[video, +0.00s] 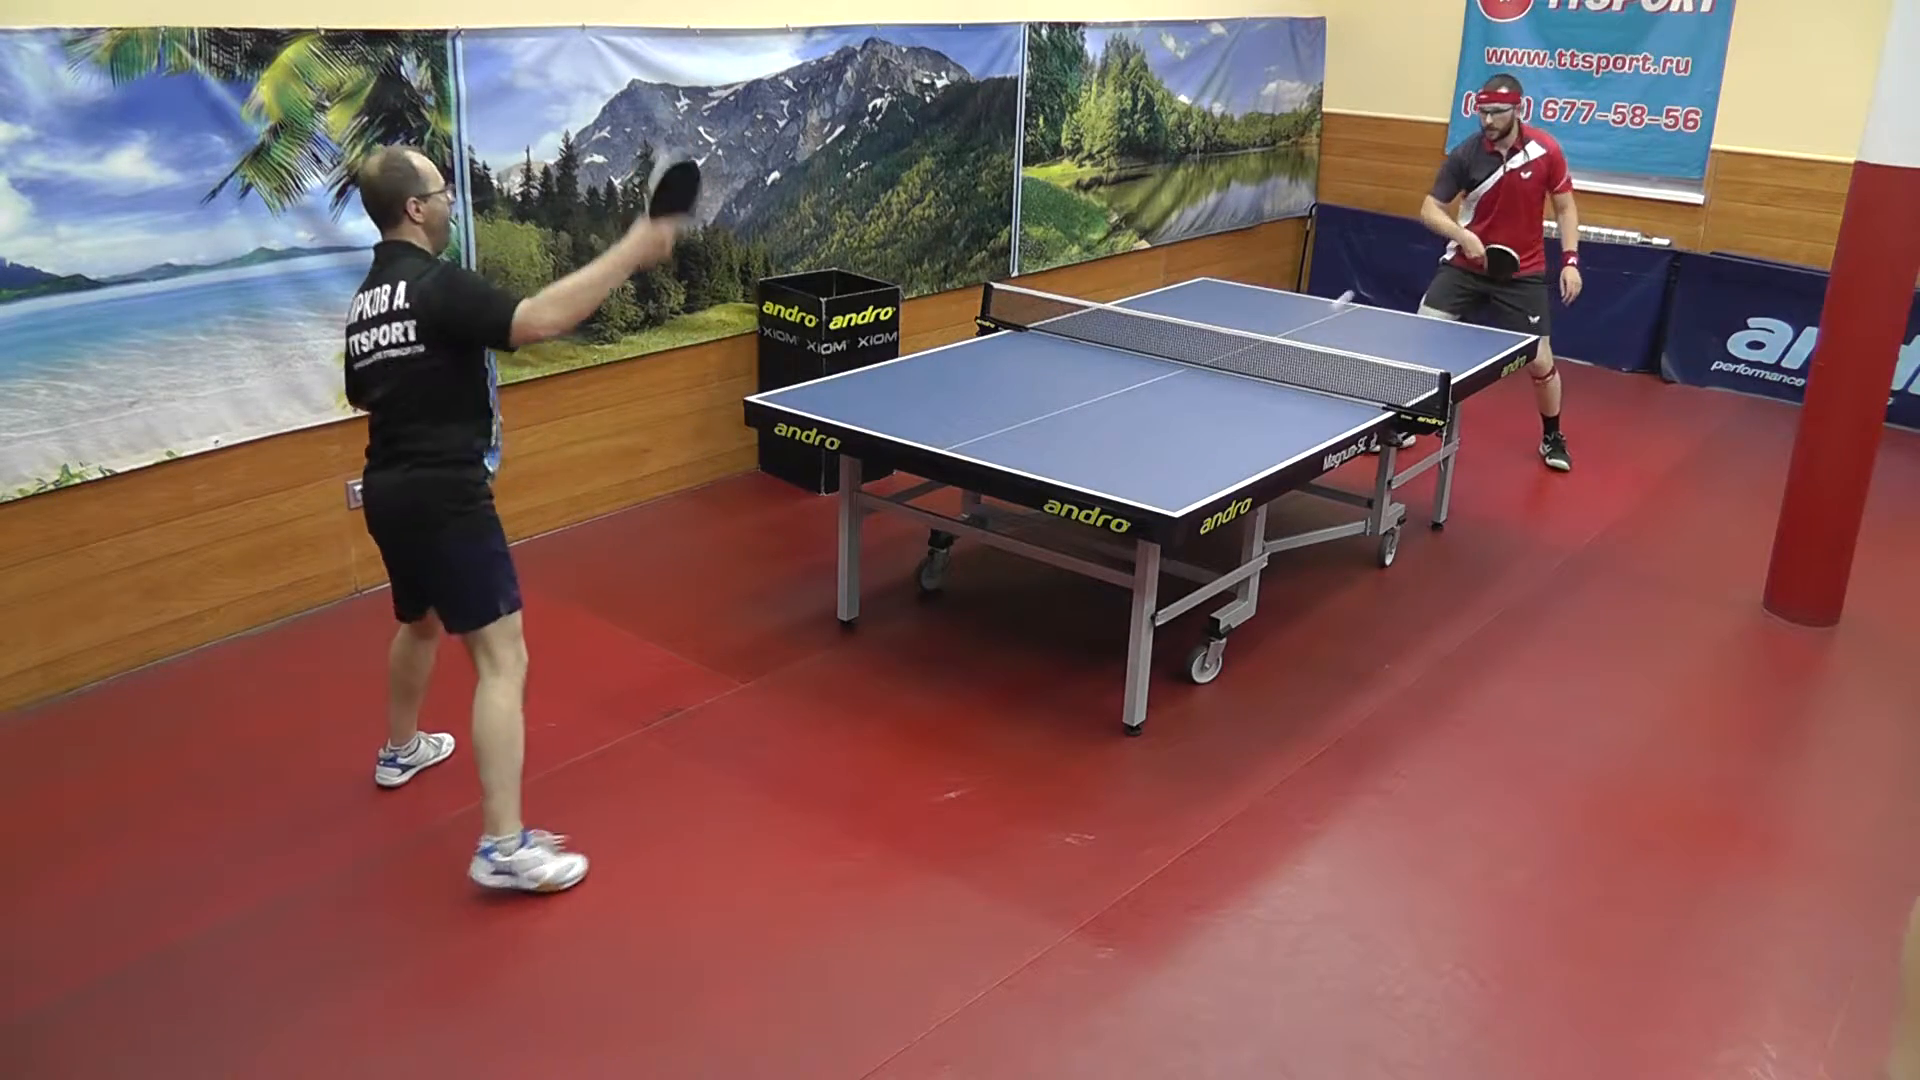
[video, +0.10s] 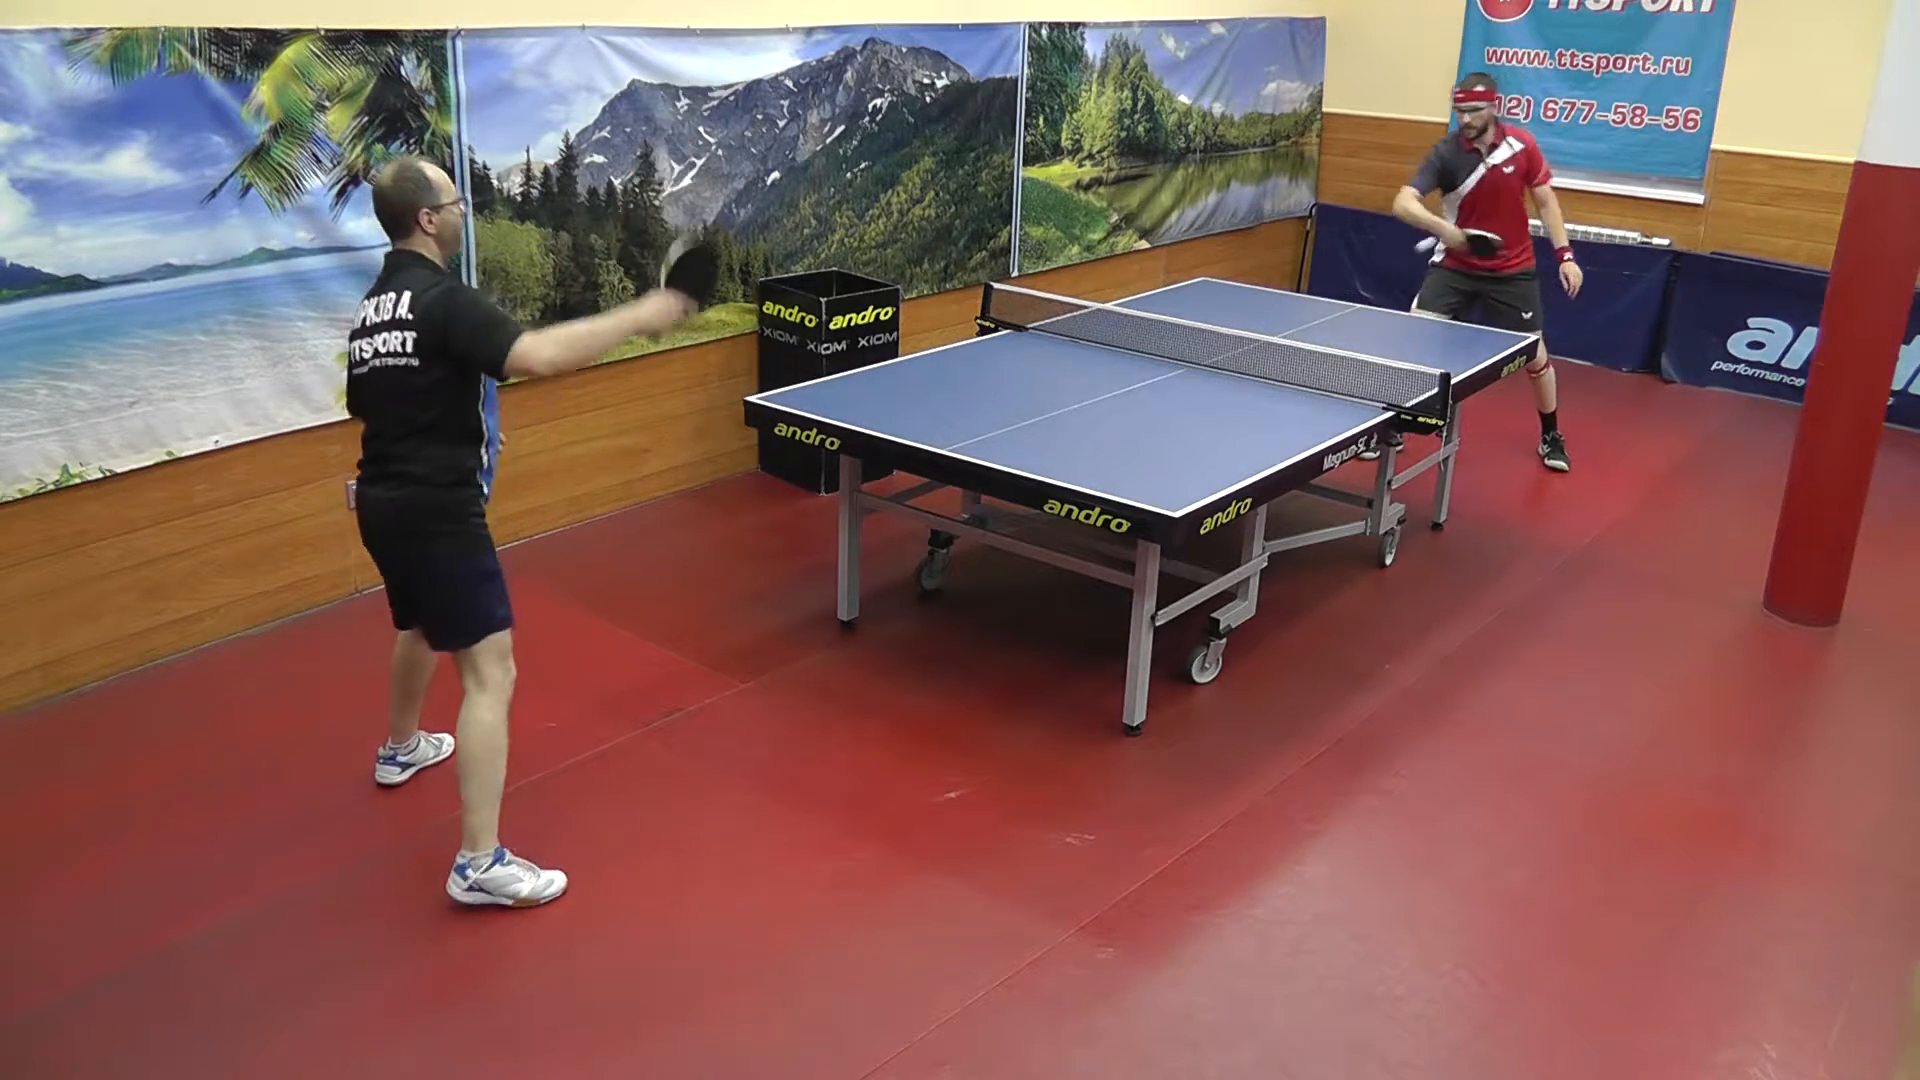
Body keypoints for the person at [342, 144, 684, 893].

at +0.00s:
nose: (450, 200)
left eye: (443, 187)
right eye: (441, 191)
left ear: (390, 213)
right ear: (417, 208)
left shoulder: (368, 299)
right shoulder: (439, 287)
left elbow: (360, 395)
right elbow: (535, 321)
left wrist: (440, 382)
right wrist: (630, 252)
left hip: (389, 493)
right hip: (450, 492)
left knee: (418, 623)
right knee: (501, 661)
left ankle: (400, 747)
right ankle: (504, 843)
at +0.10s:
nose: (464, 212)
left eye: (458, 200)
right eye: (455, 203)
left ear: (402, 222)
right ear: (428, 219)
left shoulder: (379, 300)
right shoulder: (443, 299)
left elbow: (361, 402)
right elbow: (533, 357)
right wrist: (642, 315)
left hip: (382, 502)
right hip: (438, 508)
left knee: (417, 625)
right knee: (489, 675)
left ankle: (399, 747)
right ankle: (480, 859)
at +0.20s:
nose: (481, 220)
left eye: (476, 210)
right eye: (473, 212)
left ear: (417, 233)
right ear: (446, 229)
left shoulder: (376, 313)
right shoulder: (460, 315)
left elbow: (368, 414)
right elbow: (535, 398)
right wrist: (641, 396)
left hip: (366, 512)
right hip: (427, 524)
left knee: (407, 619)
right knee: (480, 689)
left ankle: (386, 735)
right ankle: (476, 868)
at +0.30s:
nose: (497, 247)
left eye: (493, 235)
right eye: (490, 237)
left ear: (431, 250)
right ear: (462, 248)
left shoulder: (390, 317)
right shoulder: (456, 339)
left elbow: (395, 414)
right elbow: (514, 455)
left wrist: (468, 457)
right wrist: (593, 481)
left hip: (356, 525)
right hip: (409, 539)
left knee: (396, 628)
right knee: (491, 689)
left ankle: (341, 740)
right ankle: (476, 870)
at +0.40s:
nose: (487, 263)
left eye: (485, 250)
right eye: (483, 252)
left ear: (415, 259)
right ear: (463, 262)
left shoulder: (378, 323)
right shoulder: (446, 359)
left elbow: (390, 438)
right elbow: (479, 492)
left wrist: (468, 506)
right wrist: (500, 519)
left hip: (348, 527)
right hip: (403, 547)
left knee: (397, 626)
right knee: (495, 687)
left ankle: (335, 746)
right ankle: (476, 868)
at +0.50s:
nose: (447, 240)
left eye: (443, 228)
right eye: (443, 230)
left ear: (376, 238)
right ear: (428, 240)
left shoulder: (328, 319)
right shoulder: (444, 340)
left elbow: (286, 419)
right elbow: (479, 466)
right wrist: (444, 477)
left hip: (331, 523)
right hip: (406, 532)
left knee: (357, 631)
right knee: (474, 680)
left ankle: (328, 752)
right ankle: (478, 859)